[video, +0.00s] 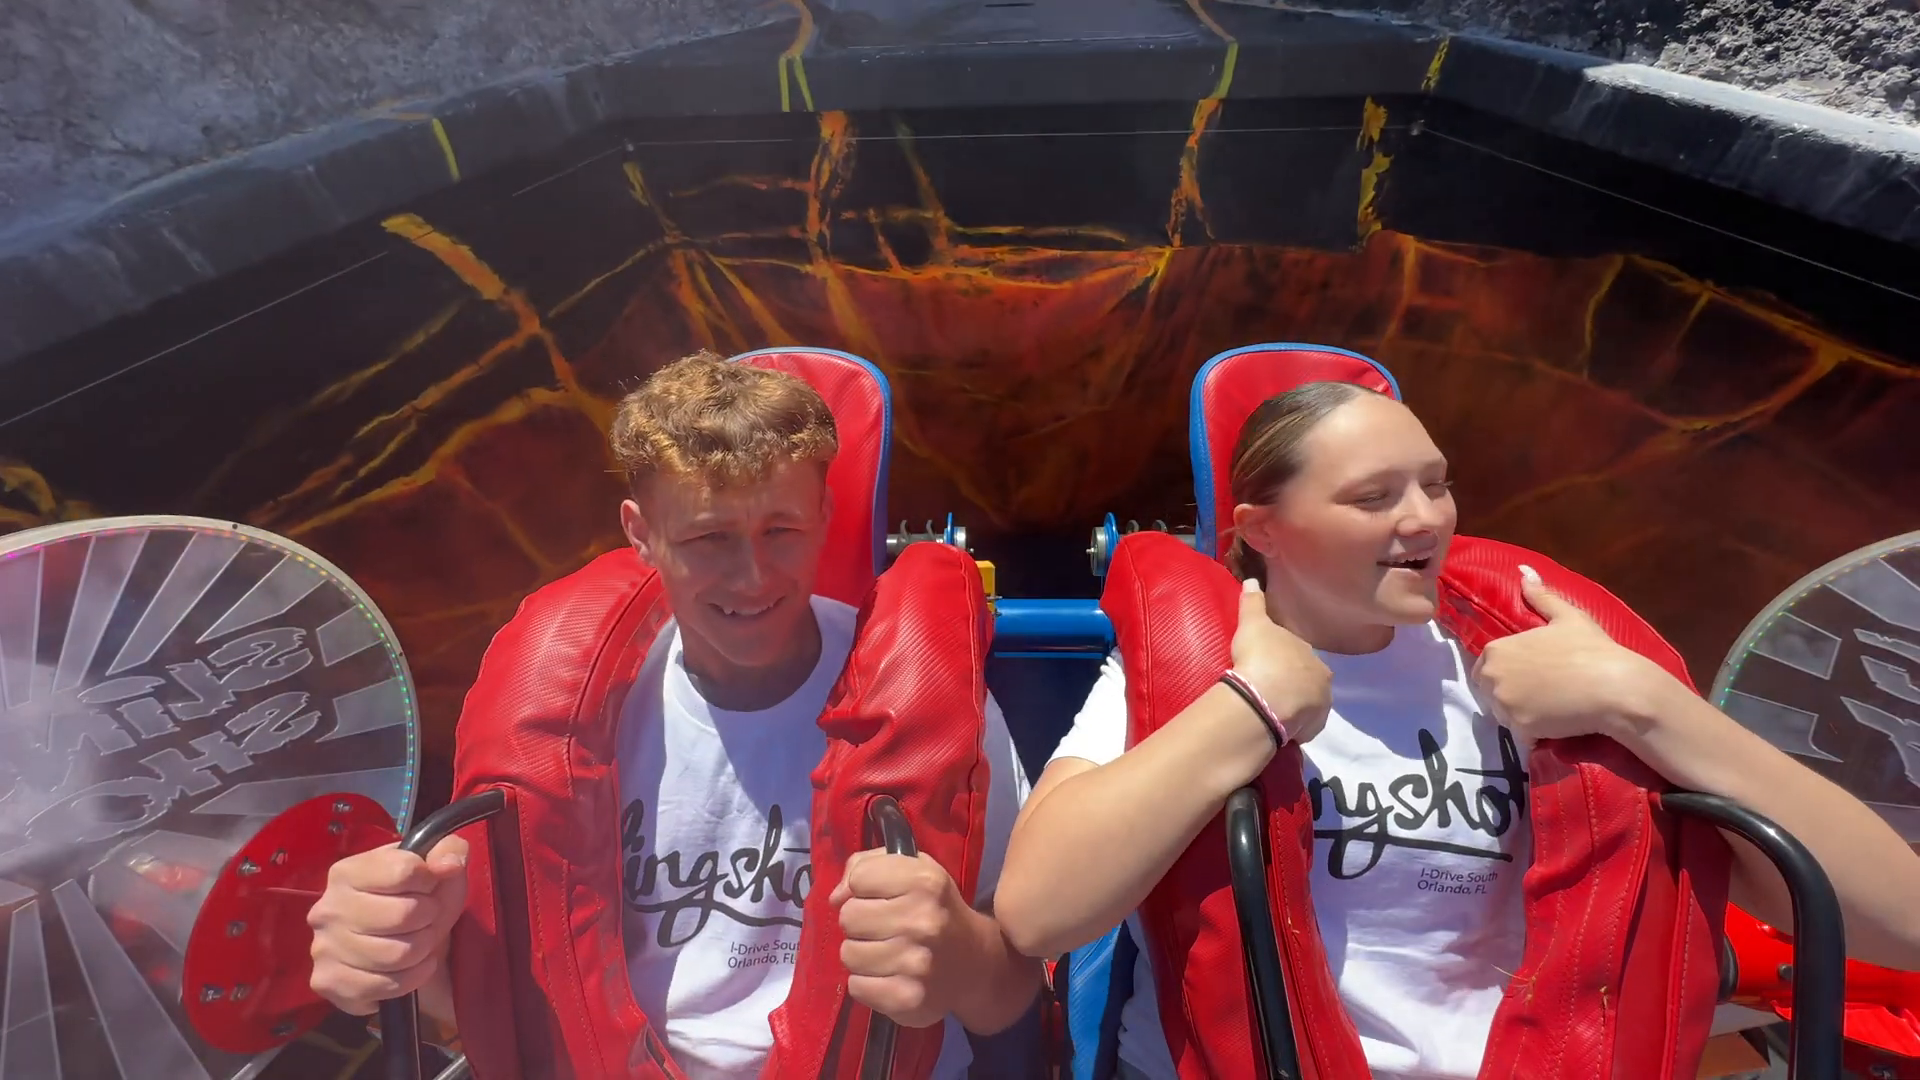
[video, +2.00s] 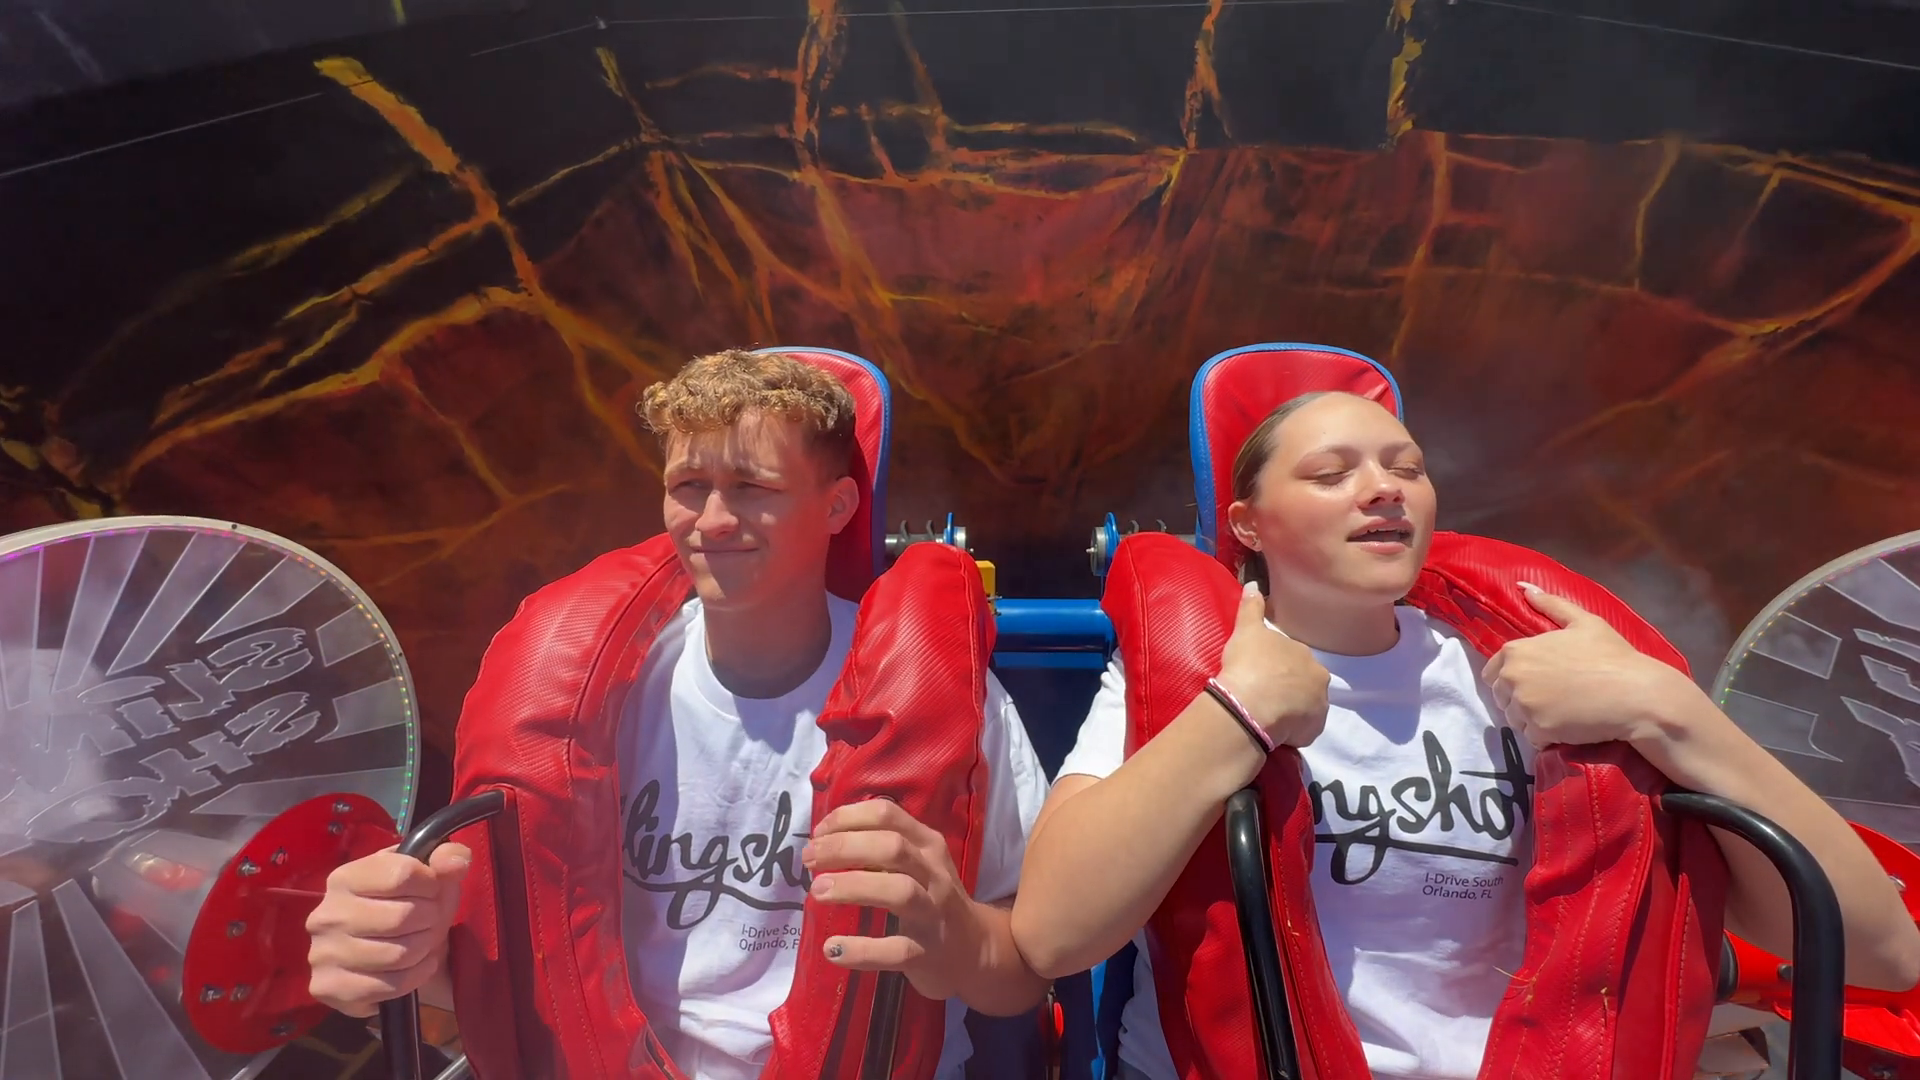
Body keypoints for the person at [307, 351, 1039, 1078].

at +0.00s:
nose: (751, 578)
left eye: (782, 532)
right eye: (708, 539)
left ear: (823, 521)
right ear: (641, 535)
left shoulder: (925, 692)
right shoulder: (564, 691)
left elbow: (1011, 995)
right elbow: (497, 1016)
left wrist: (970, 960)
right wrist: (418, 952)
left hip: (835, 1063)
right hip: (611, 1059)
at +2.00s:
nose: (714, 521)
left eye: (755, 489)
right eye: (691, 489)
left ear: (840, 505)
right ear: (665, 495)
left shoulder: (939, 695)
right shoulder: (583, 677)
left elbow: (1027, 980)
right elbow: (512, 999)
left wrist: (964, 942)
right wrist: (417, 956)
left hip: (837, 1067)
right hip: (614, 1060)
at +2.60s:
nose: (722, 519)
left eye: (761, 487)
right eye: (698, 486)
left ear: (845, 503)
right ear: (670, 493)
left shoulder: (937, 696)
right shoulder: (582, 672)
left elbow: (1024, 989)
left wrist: (964, 945)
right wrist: (418, 950)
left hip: (830, 1066)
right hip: (608, 1059)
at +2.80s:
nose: (721, 520)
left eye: (760, 489)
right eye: (698, 487)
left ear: (846, 503)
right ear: (671, 493)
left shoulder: (939, 698)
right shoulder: (583, 673)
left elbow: (1023, 976)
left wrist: (963, 946)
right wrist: (414, 943)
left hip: (829, 1065)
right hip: (609, 1059)